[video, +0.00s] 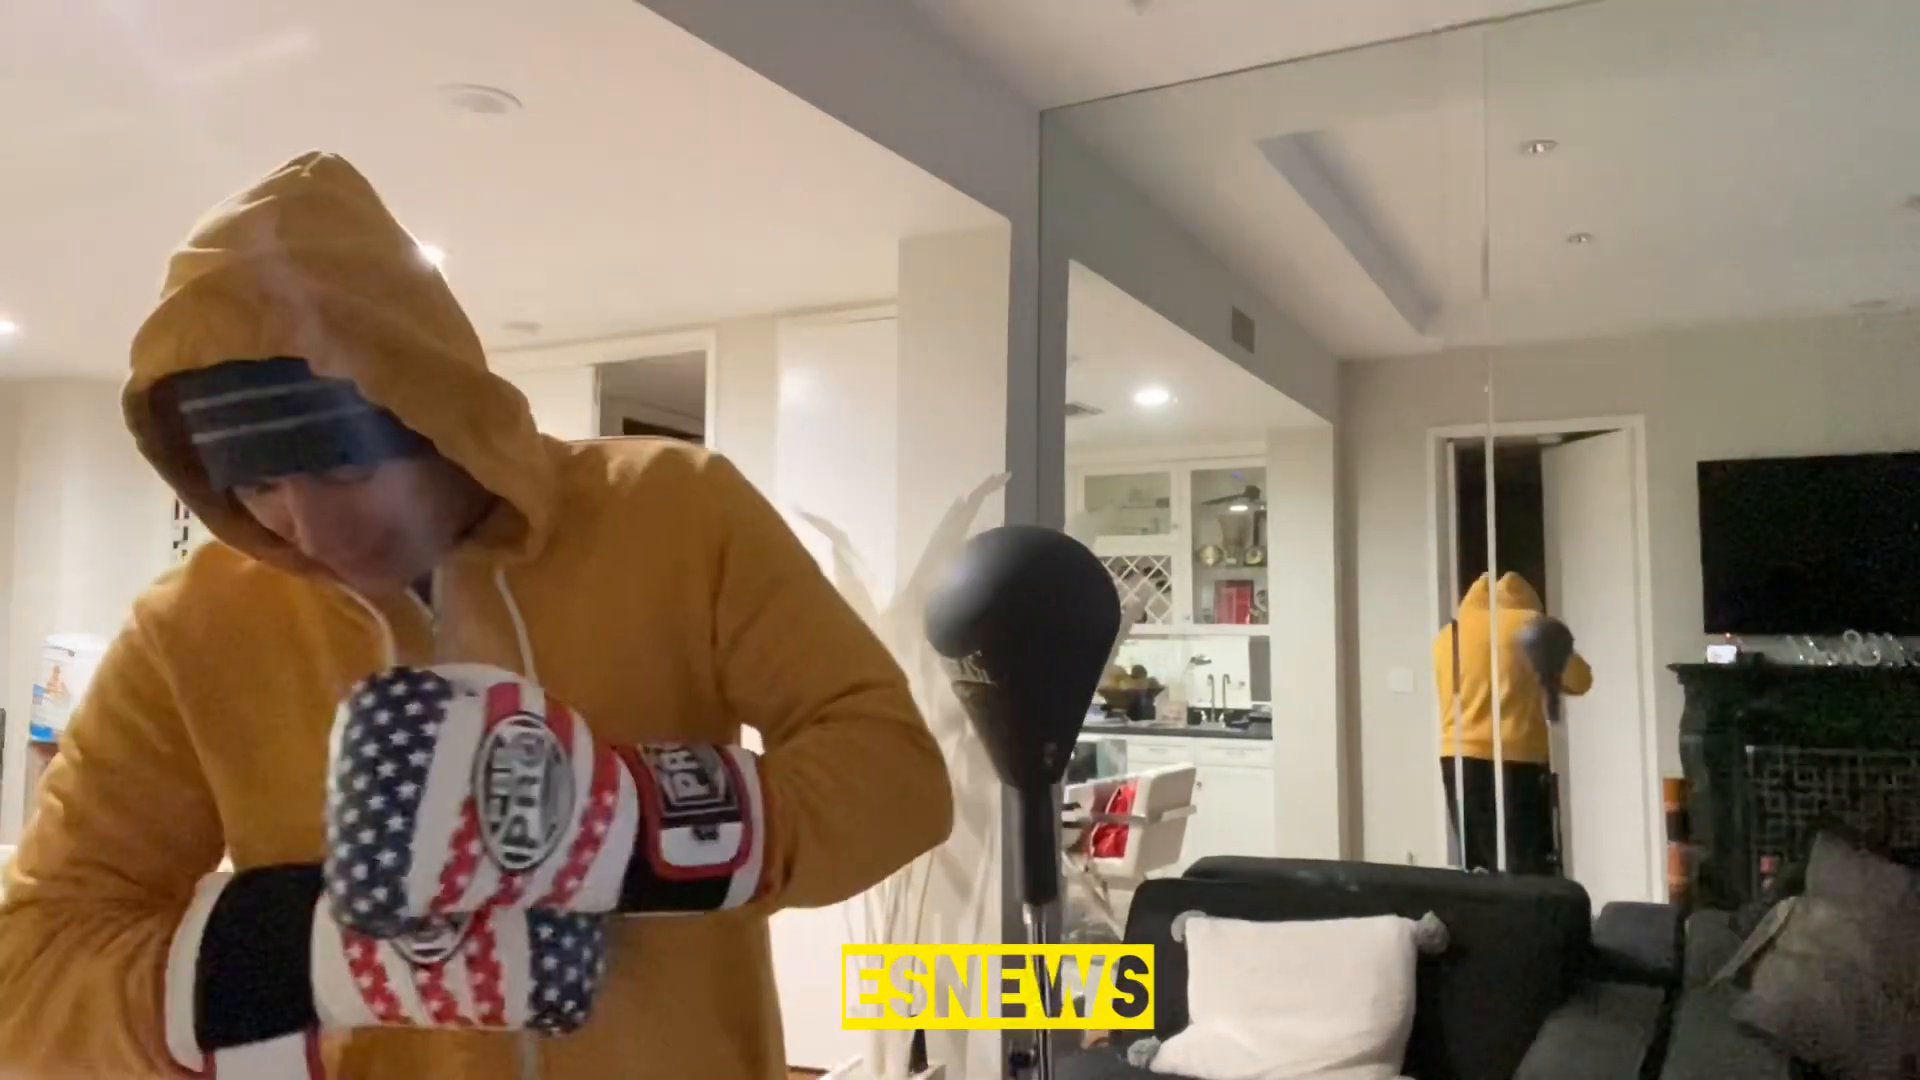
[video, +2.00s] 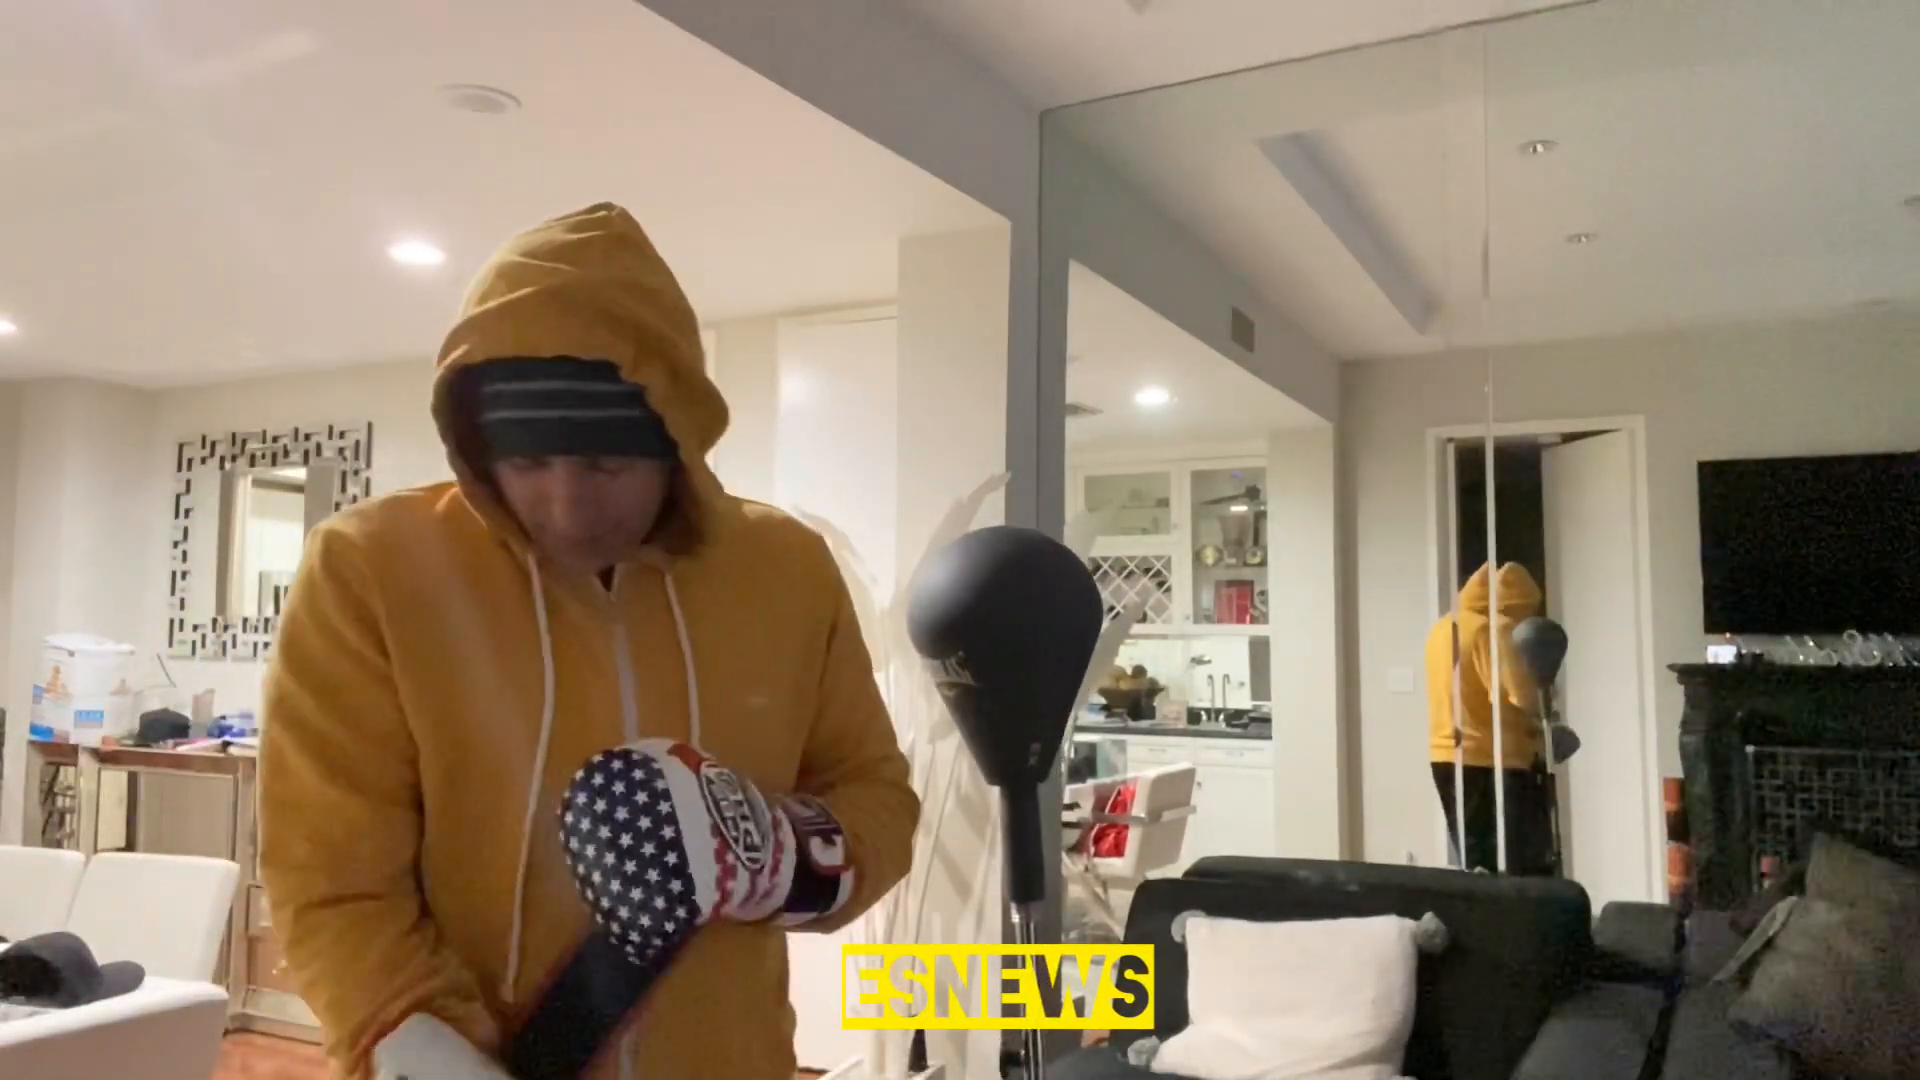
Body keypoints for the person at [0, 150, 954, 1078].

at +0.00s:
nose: (299, 525)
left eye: (330, 456)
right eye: (250, 486)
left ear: (435, 404)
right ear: (212, 486)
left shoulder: (679, 519)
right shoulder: (188, 641)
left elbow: (896, 774)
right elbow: (32, 978)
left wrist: (632, 816)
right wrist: (322, 958)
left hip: (687, 1064)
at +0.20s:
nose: (314, 513)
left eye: (347, 448)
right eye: (265, 469)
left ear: (443, 398)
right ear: (222, 470)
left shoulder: (666, 524)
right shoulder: (172, 630)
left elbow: (826, 786)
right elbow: (27, 947)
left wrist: (587, 873)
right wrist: (296, 904)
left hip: (657, 1062)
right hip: (334, 1072)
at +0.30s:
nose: (330, 500)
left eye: (365, 436)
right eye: (281, 456)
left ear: (458, 391)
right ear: (244, 463)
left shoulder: (667, 524)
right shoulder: (184, 603)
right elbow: (34, 941)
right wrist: (327, 803)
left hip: (639, 1062)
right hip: (321, 1072)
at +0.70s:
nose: (465, 466)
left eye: (509, 411)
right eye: (419, 414)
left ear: (591, 406)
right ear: (368, 417)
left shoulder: (732, 572)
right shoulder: (278, 560)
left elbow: (910, 812)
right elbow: (160, 859)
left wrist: (655, 911)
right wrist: (418, 750)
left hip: (629, 1065)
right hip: (317, 1063)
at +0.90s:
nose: (530, 480)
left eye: (572, 432)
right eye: (491, 433)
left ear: (640, 428)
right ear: (436, 430)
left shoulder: (749, 595)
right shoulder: (311, 564)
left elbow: (854, 827)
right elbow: (226, 842)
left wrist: (774, 957)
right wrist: (459, 892)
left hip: (650, 1068)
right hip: (357, 1057)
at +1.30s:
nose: (633, 511)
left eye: (672, 470)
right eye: (599, 463)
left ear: (715, 471)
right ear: (532, 447)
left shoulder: (768, 604)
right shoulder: (390, 544)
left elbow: (809, 841)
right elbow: (294, 828)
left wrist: (881, 854)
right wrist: (540, 958)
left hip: (675, 1063)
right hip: (422, 1060)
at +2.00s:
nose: (565, 510)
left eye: (607, 463)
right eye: (528, 462)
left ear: (674, 446)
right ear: (480, 449)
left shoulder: (785, 570)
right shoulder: (370, 572)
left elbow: (876, 789)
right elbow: (336, 884)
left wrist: (788, 849)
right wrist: (433, 1055)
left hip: (723, 1059)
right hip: (469, 1059)